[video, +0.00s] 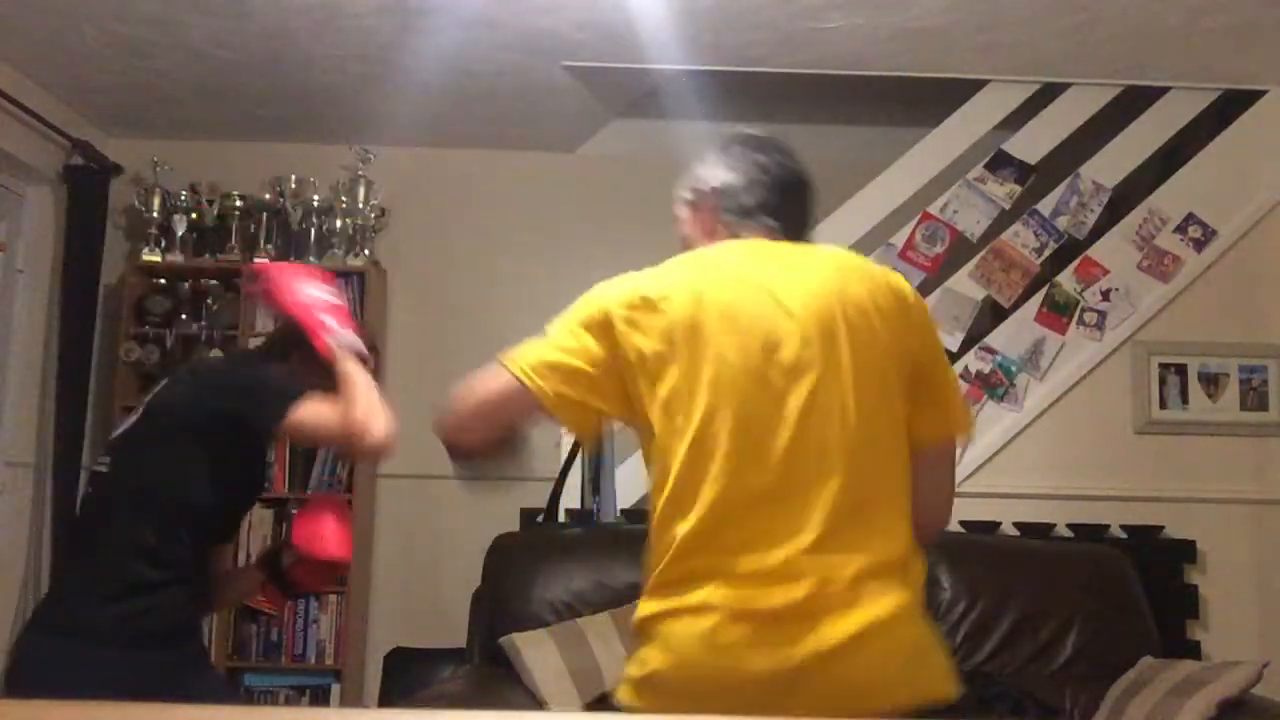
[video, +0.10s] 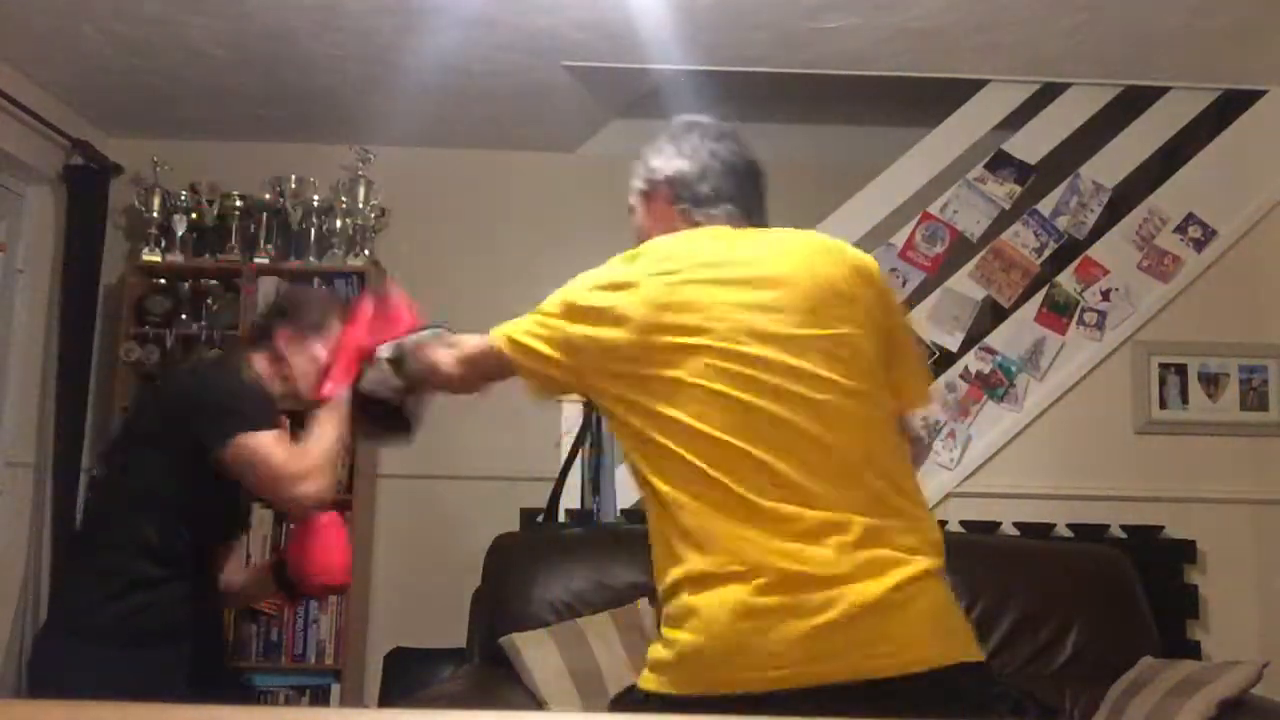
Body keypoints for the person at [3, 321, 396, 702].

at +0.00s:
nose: (349, 388)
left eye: (360, 376)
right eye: (349, 374)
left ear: (284, 345)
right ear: (314, 361)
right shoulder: (236, 381)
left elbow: (189, 593)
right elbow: (372, 430)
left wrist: (272, 570)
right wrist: (338, 342)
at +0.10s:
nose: (333, 370)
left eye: (337, 358)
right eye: (327, 353)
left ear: (284, 342)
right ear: (285, 339)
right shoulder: (216, 387)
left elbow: (214, 585)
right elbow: (306, 486)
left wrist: (287, 572)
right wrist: (342, 384)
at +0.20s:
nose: (284, 331)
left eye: (291, 317)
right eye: (275, 309)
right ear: (213, 300)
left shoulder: (250, 420)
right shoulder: (138, 382)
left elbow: (246, 560)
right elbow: (208, 479)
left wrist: (284, 568)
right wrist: (300, 424)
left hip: (215, 672)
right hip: (118, 673)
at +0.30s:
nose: (187, 306)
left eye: (200, 293)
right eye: (170, 285)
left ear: (213, 306)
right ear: (124, 287)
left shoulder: (218, 391)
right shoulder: (65, 383)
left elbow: (262, 502)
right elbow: (122, 486)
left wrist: (276, 540)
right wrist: (234, 424)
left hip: (217, 668)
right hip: (102, 669)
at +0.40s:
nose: (77, 320)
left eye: (91, 299)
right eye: (59, 304)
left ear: (126, 306)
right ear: (35, 317)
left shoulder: (189, 378)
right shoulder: (22, 404)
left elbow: (270, 499)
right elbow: (57, 527)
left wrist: (254, 553)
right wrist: (138, 438)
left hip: (213, 669)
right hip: (93, 670)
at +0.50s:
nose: (0, 348)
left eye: (9, 326)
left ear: (50, 326)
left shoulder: (137, 391)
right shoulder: (11, 433)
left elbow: (244, 486)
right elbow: (19, 572)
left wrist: (221, 578)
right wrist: (87, 476)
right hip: (88, 662)